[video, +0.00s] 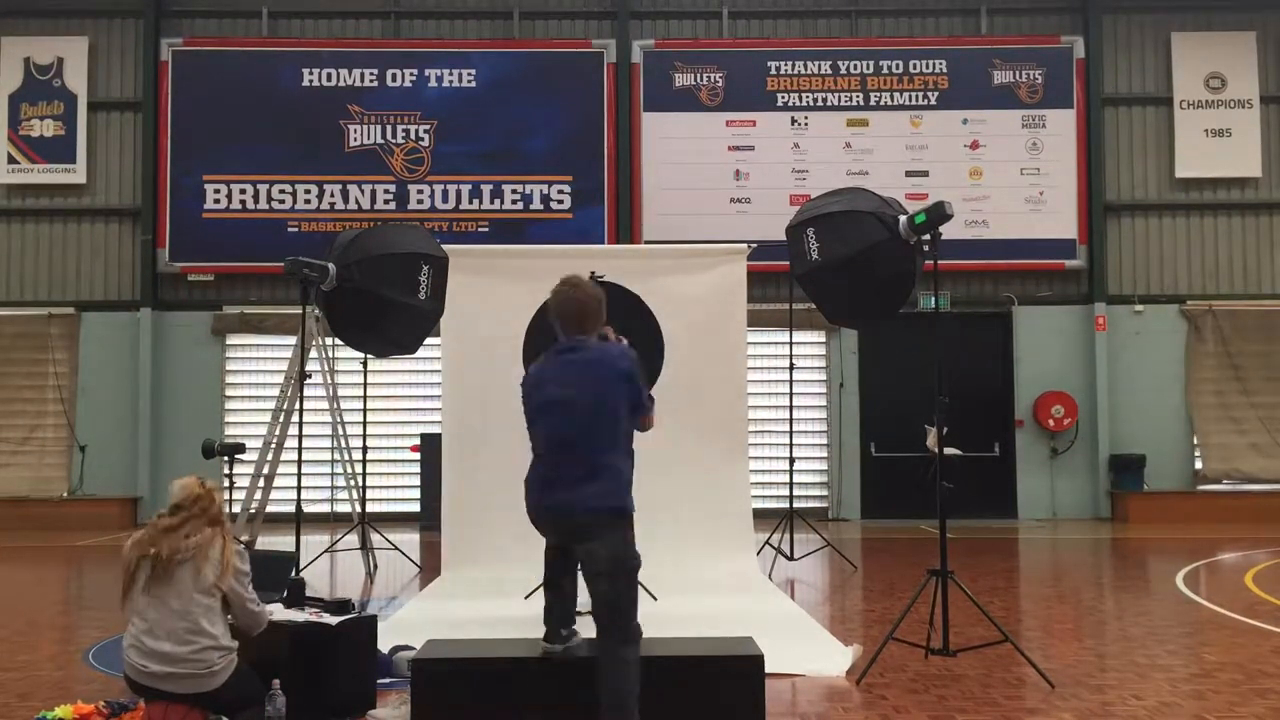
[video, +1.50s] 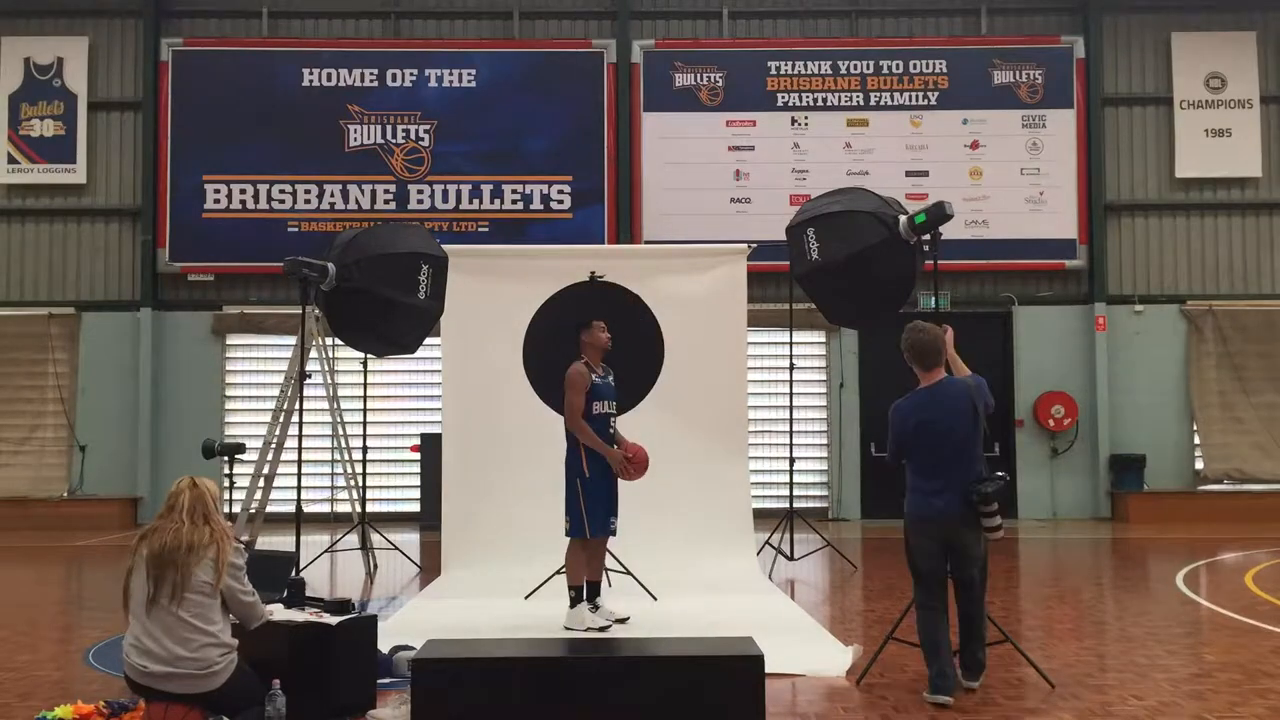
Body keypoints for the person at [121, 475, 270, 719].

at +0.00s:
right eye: (217, 504)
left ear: (173, 508)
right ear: (215, 509)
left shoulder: (142, 542)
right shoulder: (226, 549)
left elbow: (132, 605)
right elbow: (254, 621)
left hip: (140, 678)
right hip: (205, 681)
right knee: (254, 702)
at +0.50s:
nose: (224, 513)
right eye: (222, 507)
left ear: (175, 504)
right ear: (216, 510)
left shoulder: (142, 540)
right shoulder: (223, 548)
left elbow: (133, 603)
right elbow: (251, 618)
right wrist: (263, 612)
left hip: (139, 678)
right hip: (203, 681)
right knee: (254, 700)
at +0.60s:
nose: (233, 524)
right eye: (230, 518)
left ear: (187, 517)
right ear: (226, 520)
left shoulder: (156, 546)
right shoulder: (230, 550)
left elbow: (137, 605)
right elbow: (255, 618)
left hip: (141, 678)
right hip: (207, 682)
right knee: (253, 704)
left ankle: (153, 708)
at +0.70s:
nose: (223, 513)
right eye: (219, 507)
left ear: (171, 506)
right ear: (213, 510)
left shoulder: (141, 540)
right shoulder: (224, 547)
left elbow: (130, 608)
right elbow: (255, 617)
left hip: (140, 679)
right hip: (206, 682)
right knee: (254, 701)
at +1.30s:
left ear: (173, 509)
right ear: (218, 514)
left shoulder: (144, 543)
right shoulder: (226, 550)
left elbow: (130, 608)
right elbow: (253, 618)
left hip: (140, 679)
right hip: (205, 681)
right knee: (255, 703)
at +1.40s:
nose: (230, 515)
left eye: (227, 506)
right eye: (223, 506)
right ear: (210, 511)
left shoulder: (155, 538)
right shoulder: (219, 545)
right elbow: (252, 614)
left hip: (156, 672)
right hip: (209, 676)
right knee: (255, 704)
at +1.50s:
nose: (222, 513)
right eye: (219, 506)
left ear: (171, 505)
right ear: (212, 508)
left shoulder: (144, 542)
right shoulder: (222, 547)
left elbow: (134, 606)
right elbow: (252, 616)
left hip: (141, 678)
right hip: (205, 680)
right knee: (255, 703)